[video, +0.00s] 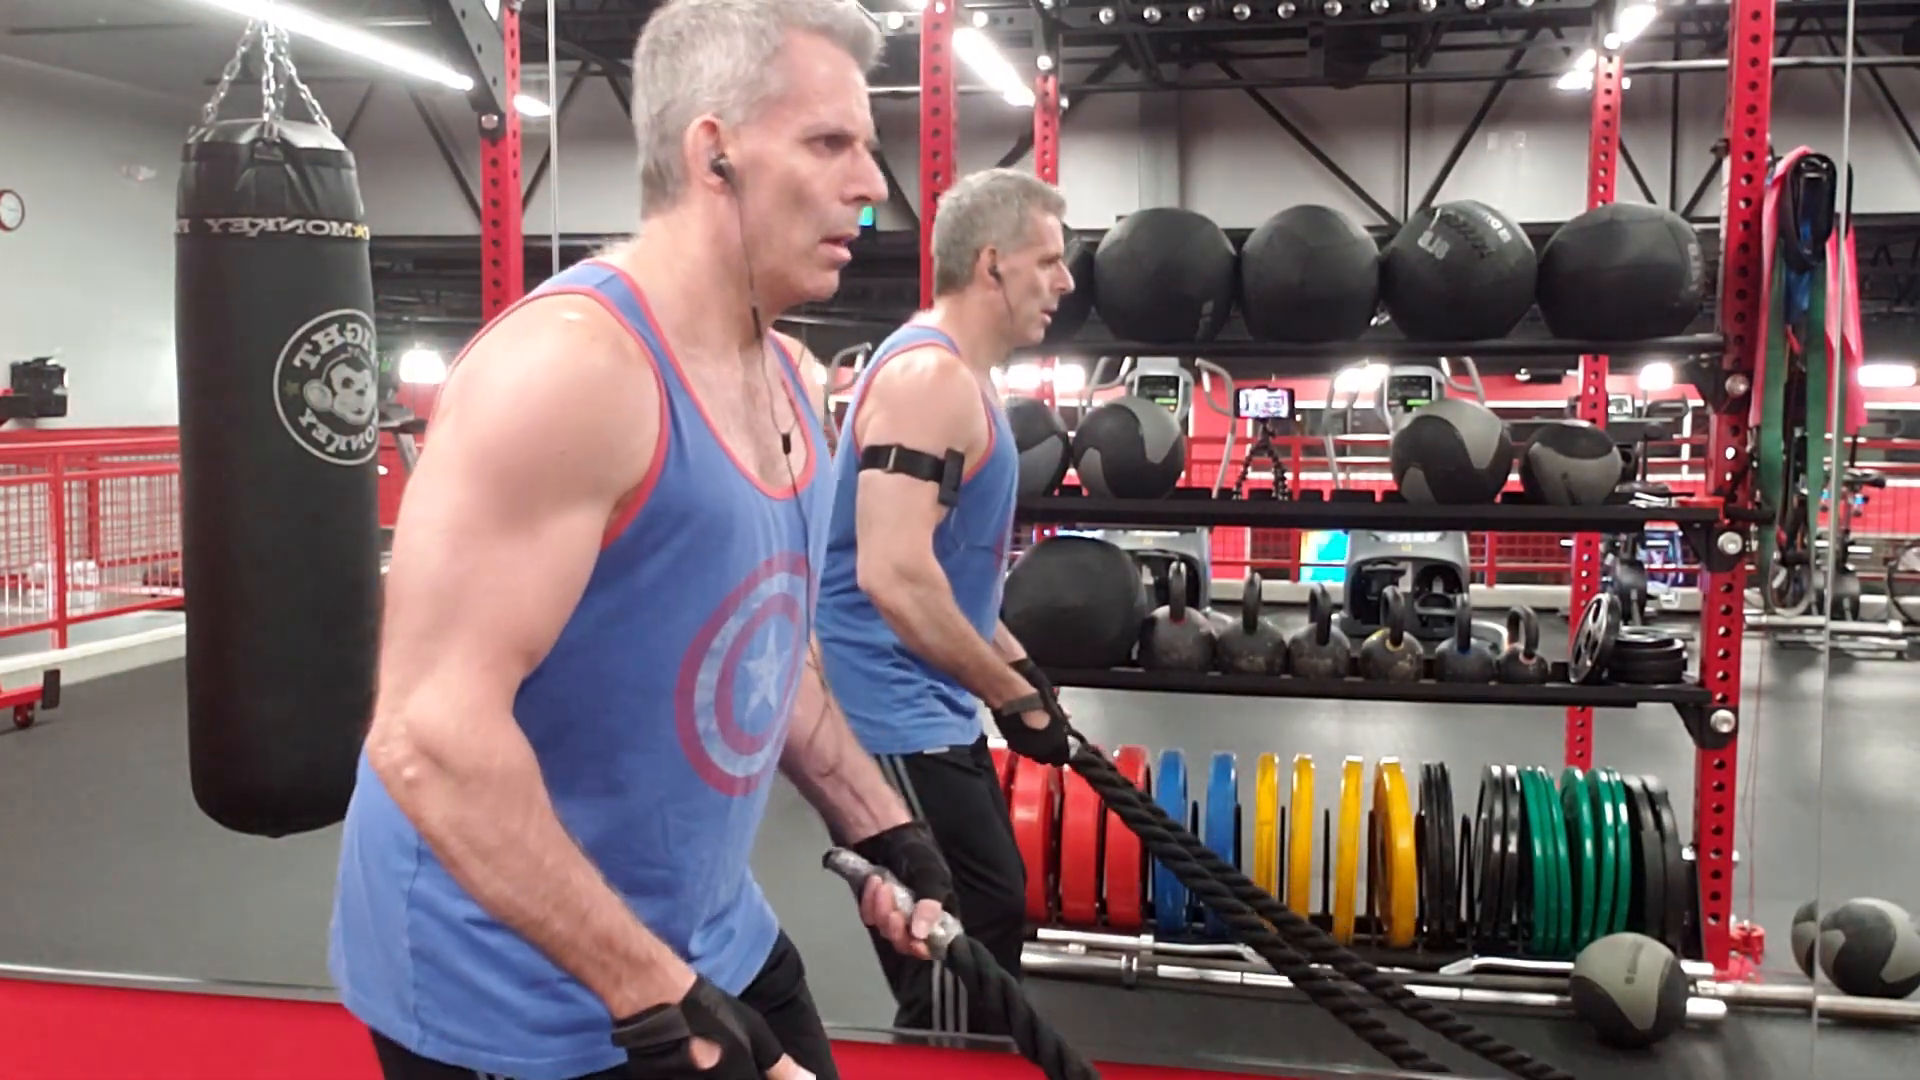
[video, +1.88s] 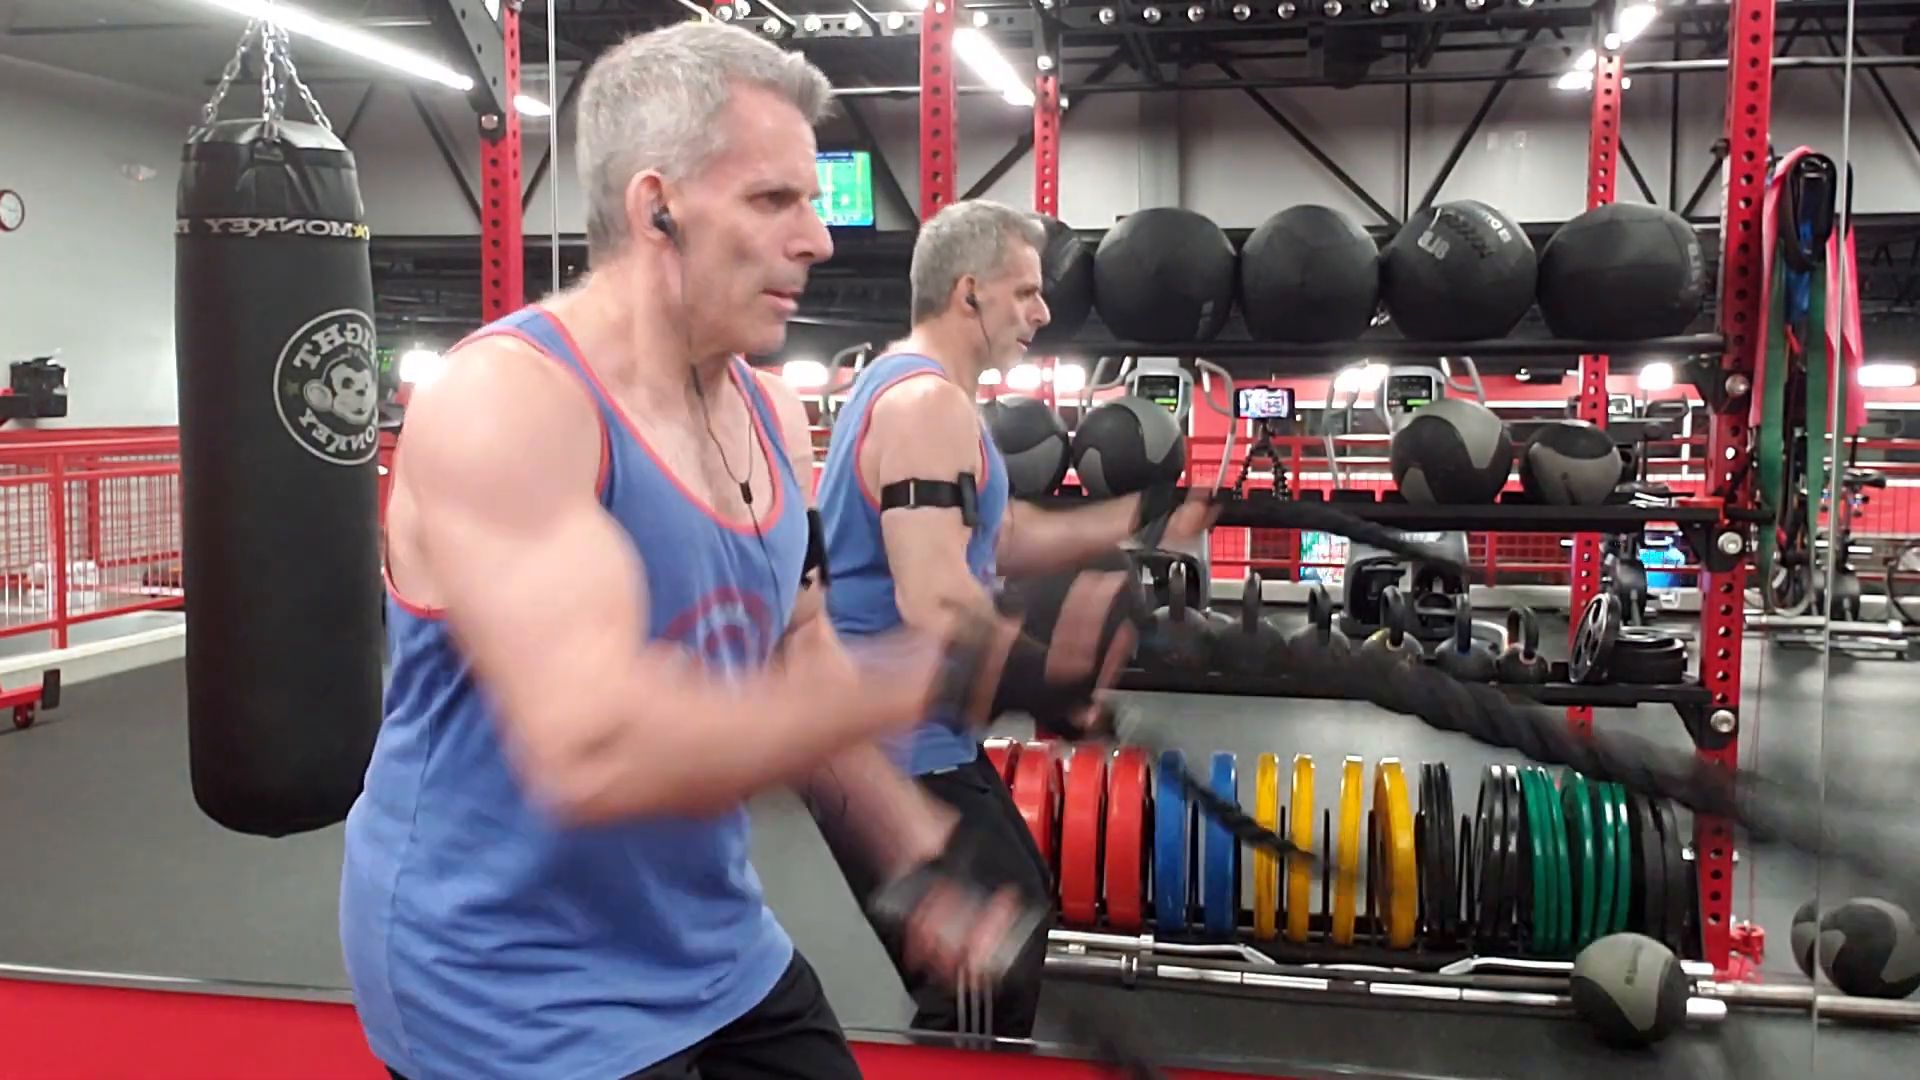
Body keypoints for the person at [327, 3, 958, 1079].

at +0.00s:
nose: (872, 185)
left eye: (867, 149)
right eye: (832, 142)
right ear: (714, 153)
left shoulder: (790, 380)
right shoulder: (561, 368)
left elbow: (762, 648)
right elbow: (431, 732)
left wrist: (883, 836)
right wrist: (651, 991)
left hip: (715, 934)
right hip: (513, 991)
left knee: (801, 1071)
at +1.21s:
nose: (839, 189)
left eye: (835, 153)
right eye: (797, 149)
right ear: (682, 165)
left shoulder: (751, 393)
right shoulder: (553, 383)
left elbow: (739, 686)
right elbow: (432, 754)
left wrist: (870, 865)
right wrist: (674, 1017)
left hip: (733, 959)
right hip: (533, 1017)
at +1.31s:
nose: (819, 189)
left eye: (817, 155)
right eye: (781, 149)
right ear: (666, 158)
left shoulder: (746, 388)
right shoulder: (533, 367)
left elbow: (730, 696)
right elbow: (533, 723)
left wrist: (827, 891)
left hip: (722, 947)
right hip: (541, 986)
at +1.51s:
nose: (815, 206)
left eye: (812, 168)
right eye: (775, 164)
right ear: (658, 175)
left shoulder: (741, 388)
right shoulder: (516, 383)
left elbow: (752, 673)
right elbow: (581, 740)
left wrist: (857, 855)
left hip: (697, 924)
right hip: (516, 967)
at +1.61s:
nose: (818, 209)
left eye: (814, 172)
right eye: (779, 169)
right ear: (663, 176)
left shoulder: (729, 374)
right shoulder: (529, 396)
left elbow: (784, 611)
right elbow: (506, 788)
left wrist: (969, 687)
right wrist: (733, 1026)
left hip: (695, 913)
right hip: (514, 979)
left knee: (793, 1049)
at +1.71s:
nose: (817, 216)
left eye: (812, 180)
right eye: (779, 178)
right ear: (658, 185)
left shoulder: (742, 386)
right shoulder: (523, 389)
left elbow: (811, 624)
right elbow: (524, 762)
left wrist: (1017, 625)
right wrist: (784, 913)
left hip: (705, 961)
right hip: (519, 1004)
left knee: (815, 1065)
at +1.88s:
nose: (817, 239)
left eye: (812, 201)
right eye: (776, 200)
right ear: (656, 207)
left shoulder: (765, 404)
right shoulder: (493, 404)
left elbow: (803, 660)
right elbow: (588, 751)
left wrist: (922, 862)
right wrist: (878, 688)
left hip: (708, 922)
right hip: (510, 965)